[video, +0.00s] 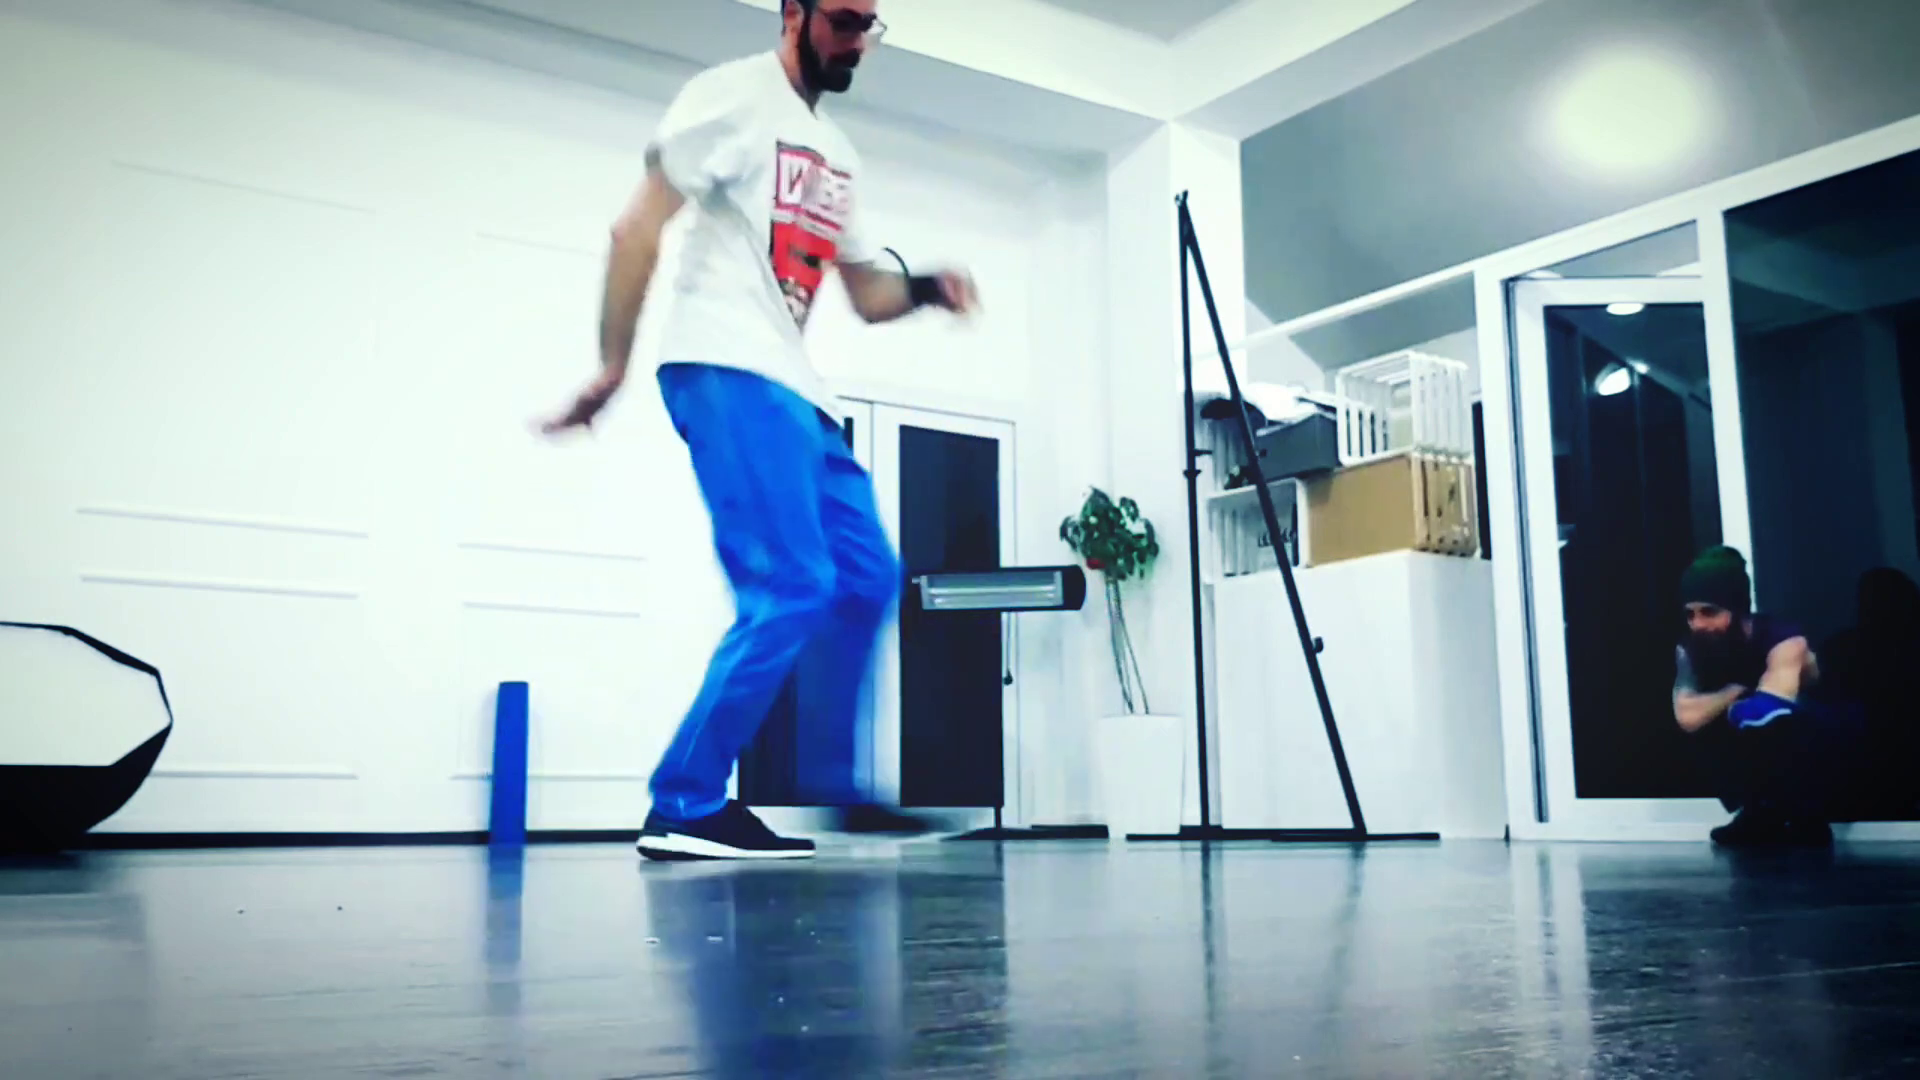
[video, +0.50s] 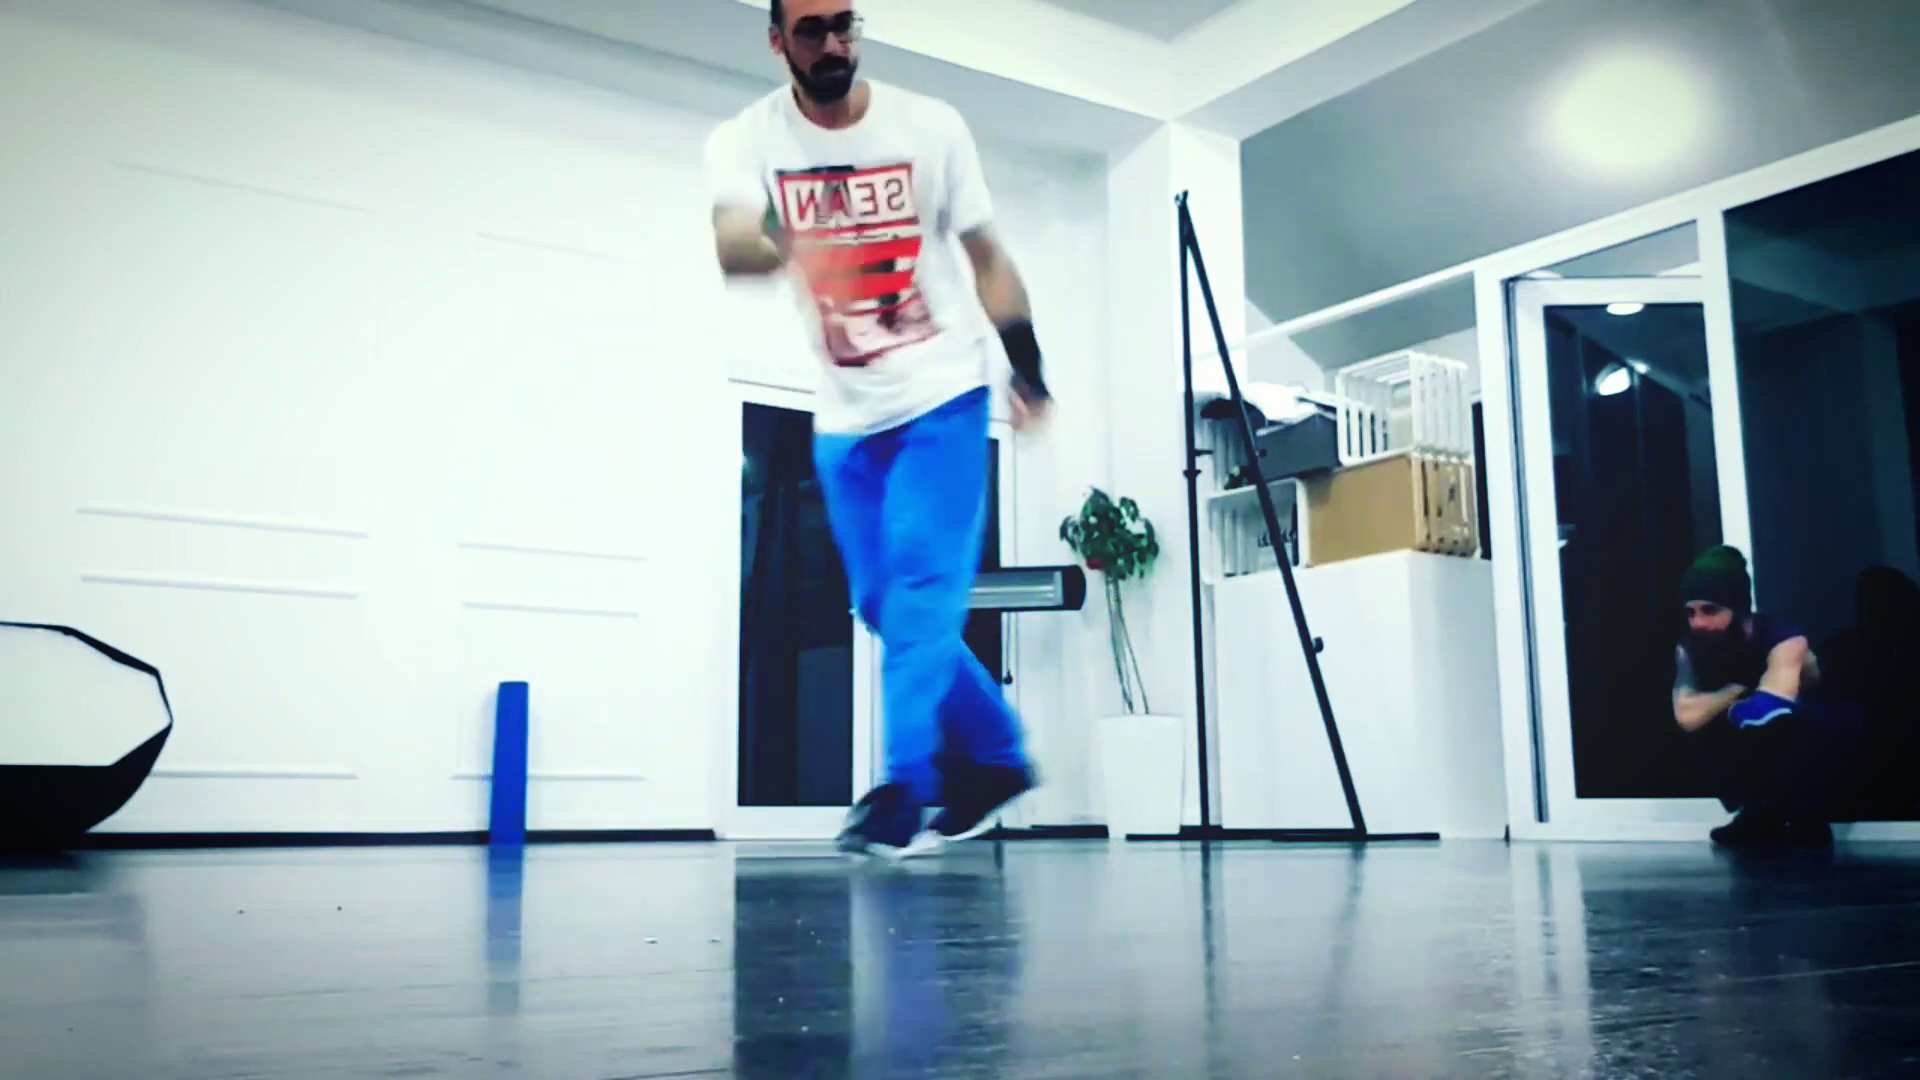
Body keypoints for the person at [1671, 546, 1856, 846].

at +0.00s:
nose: (1697, 625)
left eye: (1708, 613)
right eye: (1690, 614)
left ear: (1738, 610)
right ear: (1685, 615)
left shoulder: (1782, 639)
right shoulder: (1690, 653)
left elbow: (1775, 700)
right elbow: (1687, 716)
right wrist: (1733, 692)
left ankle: (1804, 820)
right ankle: (1756, 813)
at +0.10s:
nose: (1697, 623)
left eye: (1709, 611)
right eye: (1691, 612)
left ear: (1737, 608)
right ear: (1685, 612)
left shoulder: (1782, 638)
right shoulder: (1690, 652)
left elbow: (1774, 702)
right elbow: (1687, 716)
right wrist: (1732, 692)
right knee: (1708, 727)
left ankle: (1804, 821)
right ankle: (1756, 814)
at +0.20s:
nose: (1698, 623)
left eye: (1710, 611)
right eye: (1691, 612)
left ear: (1738, 607)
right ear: (1685, 612)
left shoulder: (1783, 638)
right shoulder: (1690, 651)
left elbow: (1772, 705)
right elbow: (1687, 716)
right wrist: (1732, 693)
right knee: (1708, 726)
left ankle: (1805, 821)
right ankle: (1757, 814)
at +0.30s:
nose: (1698, 624)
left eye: (1710, 612)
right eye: (1691, 613)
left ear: (1738, 608)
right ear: (1685, 613)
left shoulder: (1783, 639)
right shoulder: (1690, 652)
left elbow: (1773, 703)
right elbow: (1687, 716)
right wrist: (1732, 692)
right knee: (1708, 726)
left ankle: (1805, 821)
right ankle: (1756, 813)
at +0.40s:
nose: (1698, 623)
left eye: (1709, 611)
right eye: (1691, 613)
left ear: (1738, 608)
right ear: (1685, 613)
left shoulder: (1782, 639)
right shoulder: (1690, 651)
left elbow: (1775, 701)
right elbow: (1687, 716)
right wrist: (1734, 691)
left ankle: (1805, 820)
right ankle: (1756, 813)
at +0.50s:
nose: (1698, 623)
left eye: (1709, 611)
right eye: (1691, 612)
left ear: (1737, 609)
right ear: (1685, 612)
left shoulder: (1780, 639)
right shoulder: (1690, 651)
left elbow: (1776, 699)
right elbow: (1687, 716)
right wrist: (1734, 691)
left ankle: (1805, 820)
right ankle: (1756, 813)